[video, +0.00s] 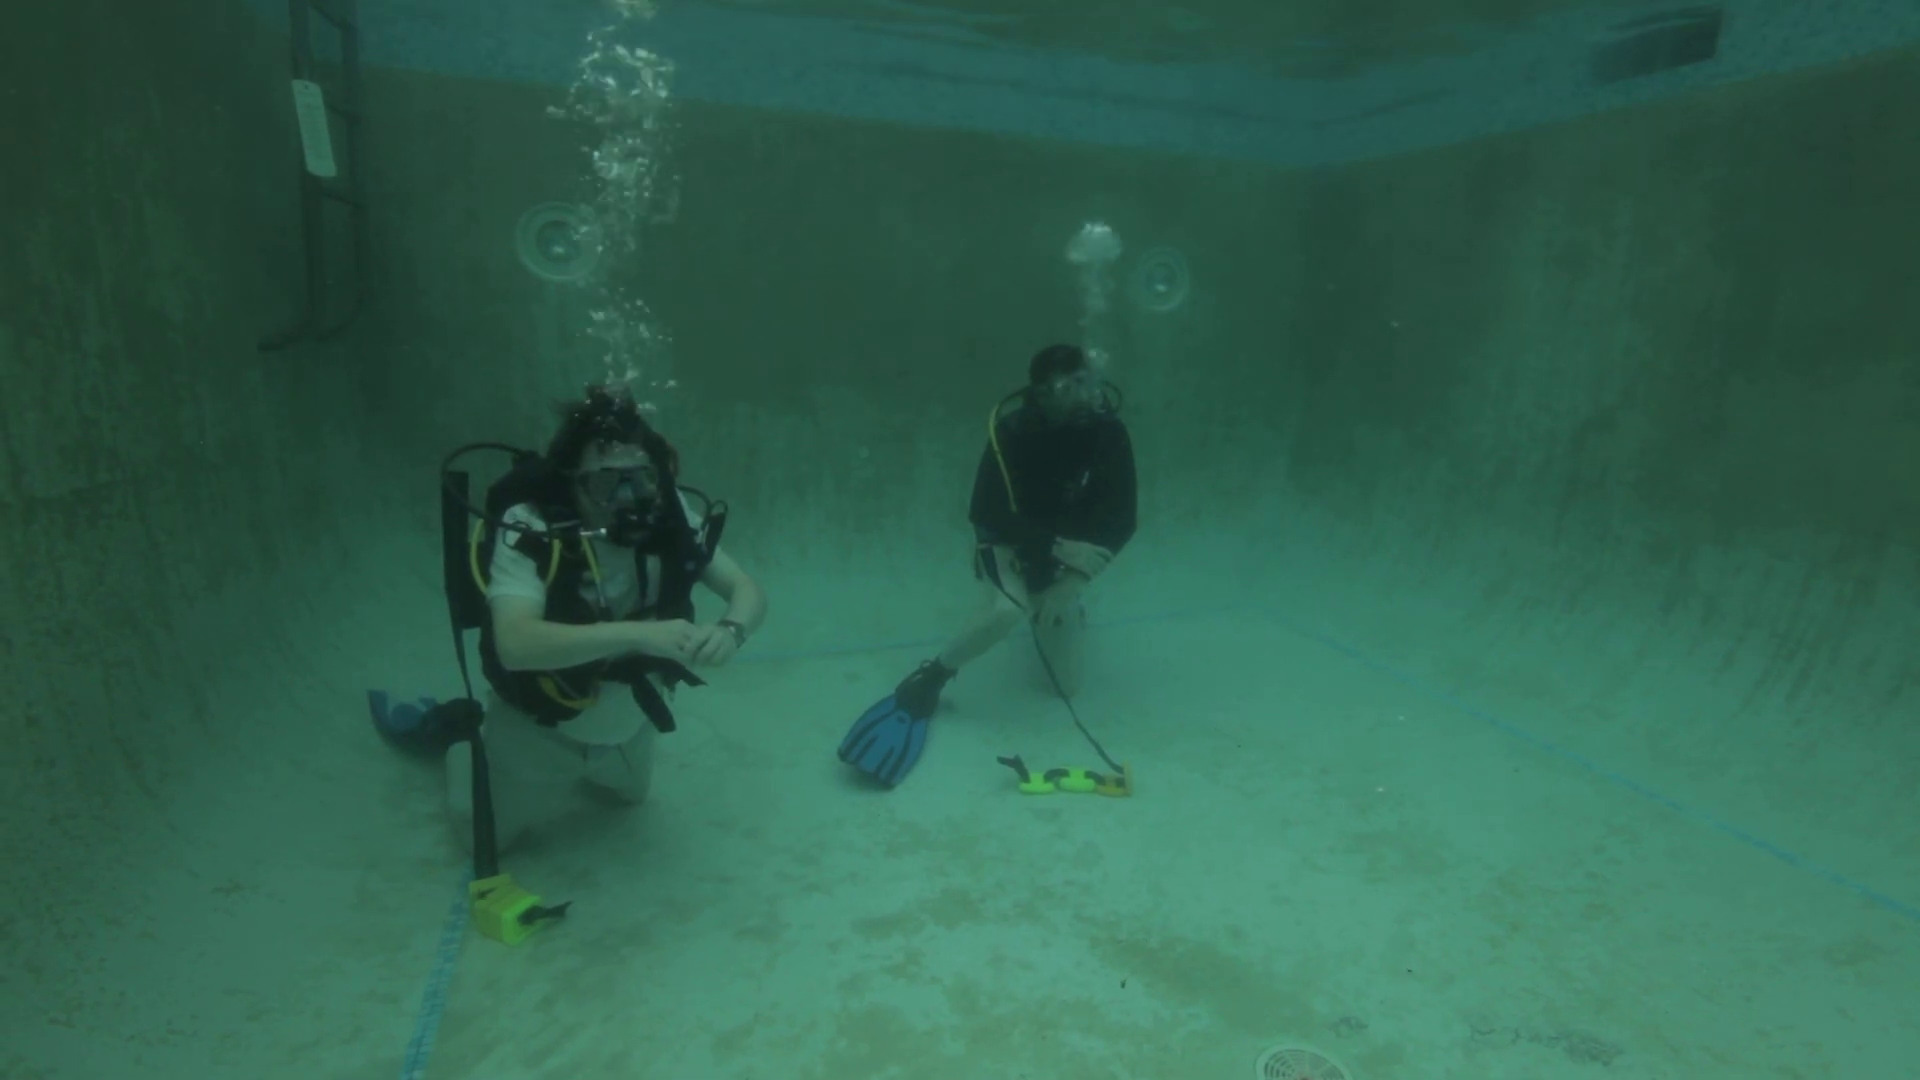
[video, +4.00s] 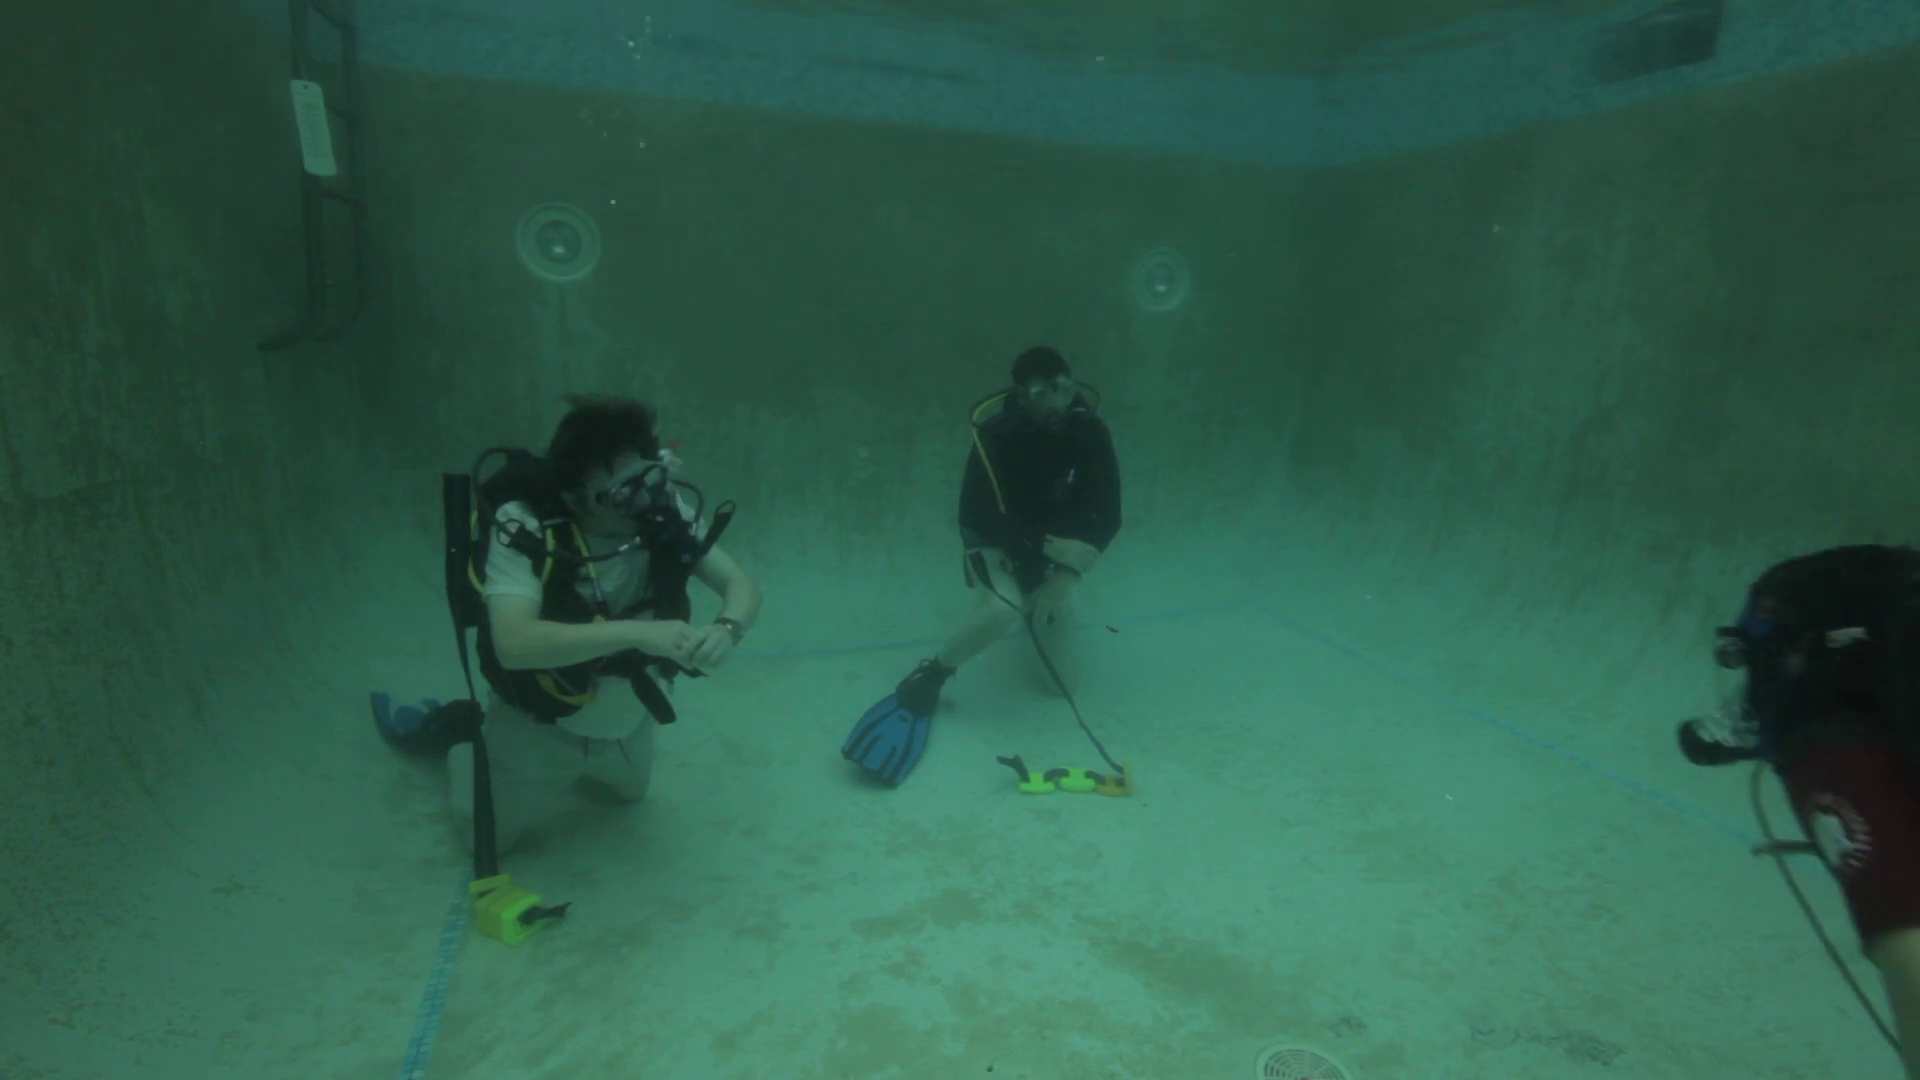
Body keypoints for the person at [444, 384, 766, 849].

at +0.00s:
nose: (624, 498)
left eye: (636, 480)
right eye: (605, 483)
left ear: (658, 477)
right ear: (572, 482)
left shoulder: (670, 517)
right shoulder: (528, 525)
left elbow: (746, 590)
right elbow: (515, 644)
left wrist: (732, 629)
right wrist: (642, 636)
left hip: (627, 708)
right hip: (539, 716)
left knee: (629, 787)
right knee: (485, 835)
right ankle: (460, 729)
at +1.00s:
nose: (629, 492)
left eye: (642, 477)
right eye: (610, 477)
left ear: (661, 479)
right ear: (576, 481)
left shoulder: (671, 521)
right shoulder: (530, 531)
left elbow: (747, 594)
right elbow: (516, 652)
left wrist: (732, 639)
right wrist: (645, 645)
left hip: (627, 715)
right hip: (537, 723)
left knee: (627, 787)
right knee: (483, 835)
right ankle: (460, 729)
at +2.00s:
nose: (630, 495)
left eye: (643, 478)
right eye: (611, 479)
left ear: (663, 476)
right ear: (576, 479)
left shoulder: (673, 519)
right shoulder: (531, 527)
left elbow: (748, 593)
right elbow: (518, 649)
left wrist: (734, 636)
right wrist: (648, 643)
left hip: (627, 712)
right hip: (539, 719)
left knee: (628, 786)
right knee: (485, 836)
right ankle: (462, 728)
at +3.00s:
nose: (638, 498)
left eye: (648, 480)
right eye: (618, 485)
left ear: (664, 474)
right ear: (578, 488)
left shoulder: (668, 516)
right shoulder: (527, 527)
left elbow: (746, 591)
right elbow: (514, 646)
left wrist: (730, 633)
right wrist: (642, 639)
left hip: (626, 706)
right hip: (536, 714)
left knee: (626, 786)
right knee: (487, 836)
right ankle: (463, 729)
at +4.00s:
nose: (648, 503)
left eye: (652, 483)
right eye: (628, 492)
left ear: (660, 473)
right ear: (579, 497)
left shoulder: (659, 517)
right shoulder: (522, 528)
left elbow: (743, 587)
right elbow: (513, 643)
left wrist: (728, 628)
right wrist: (640, 633)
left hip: (626, 715)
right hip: (537, 723)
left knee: (628, 788)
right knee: (490, 836)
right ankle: (462, 729)